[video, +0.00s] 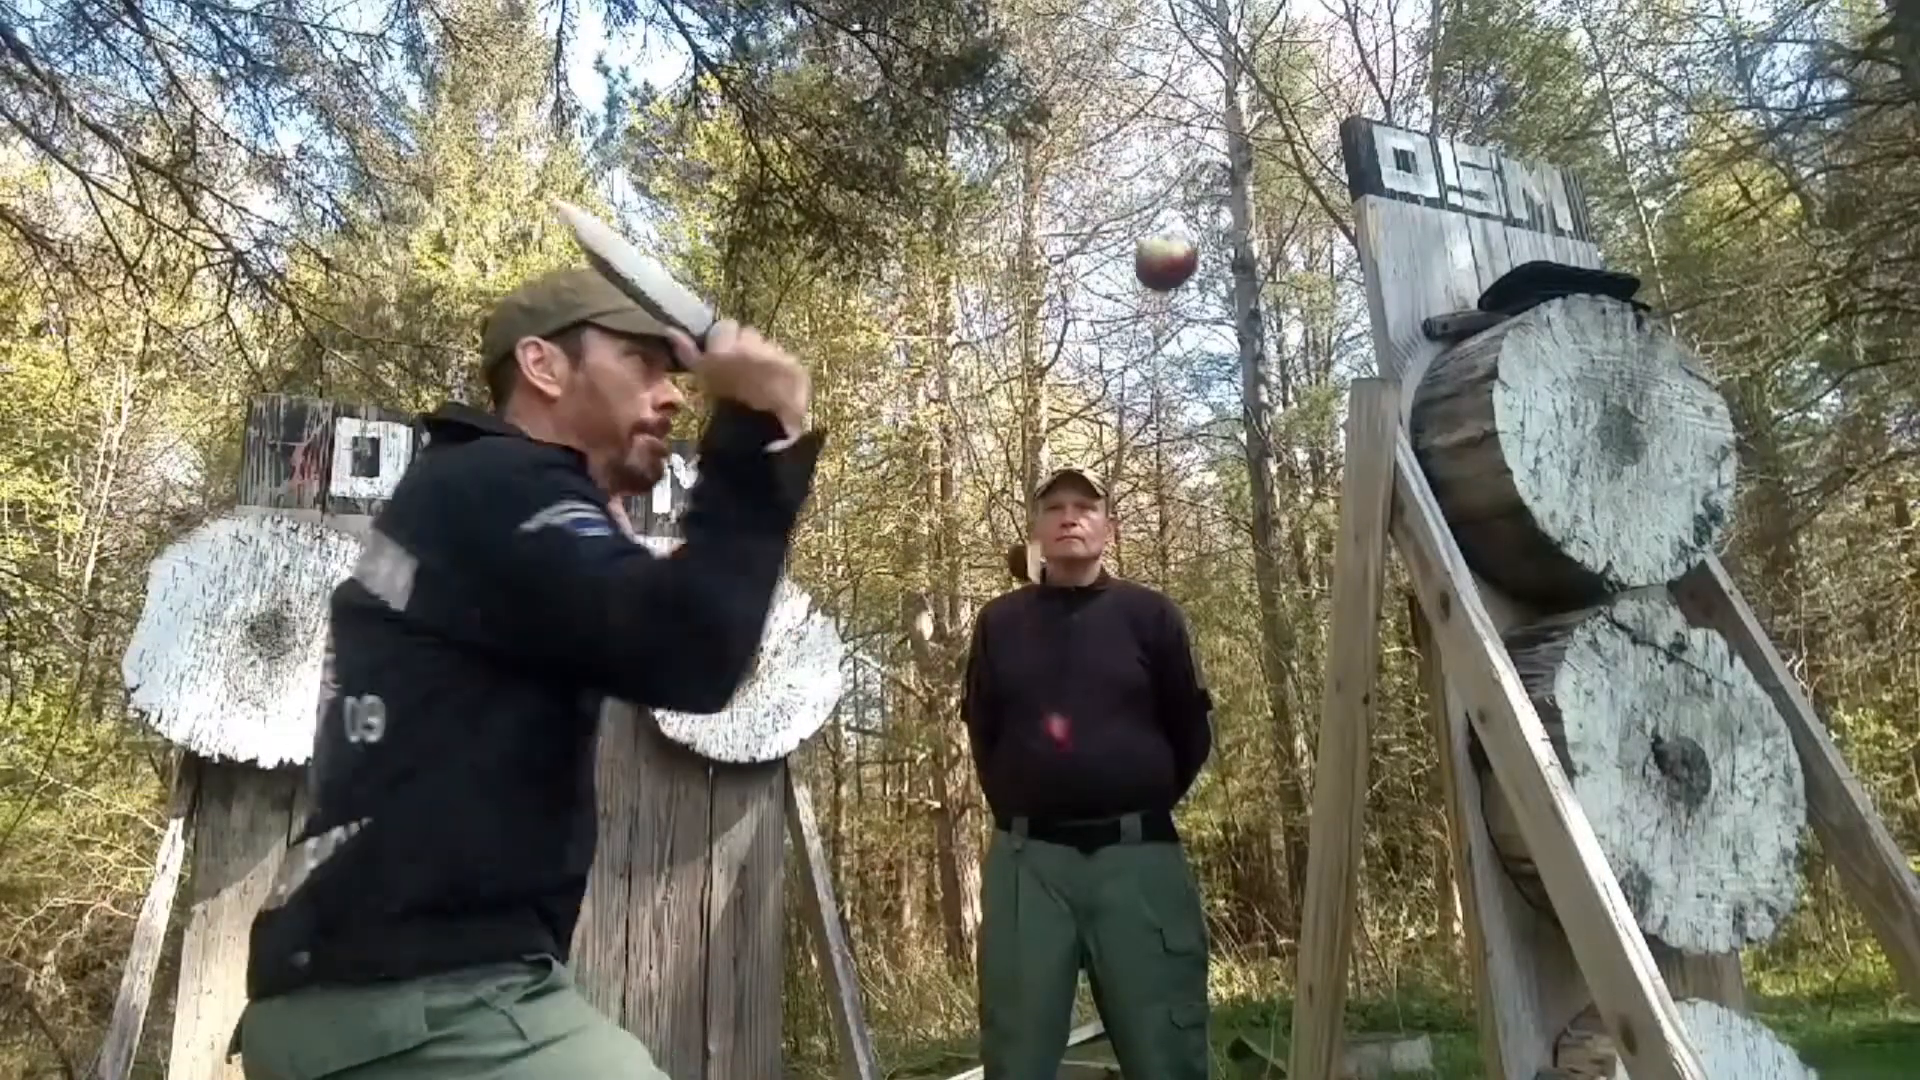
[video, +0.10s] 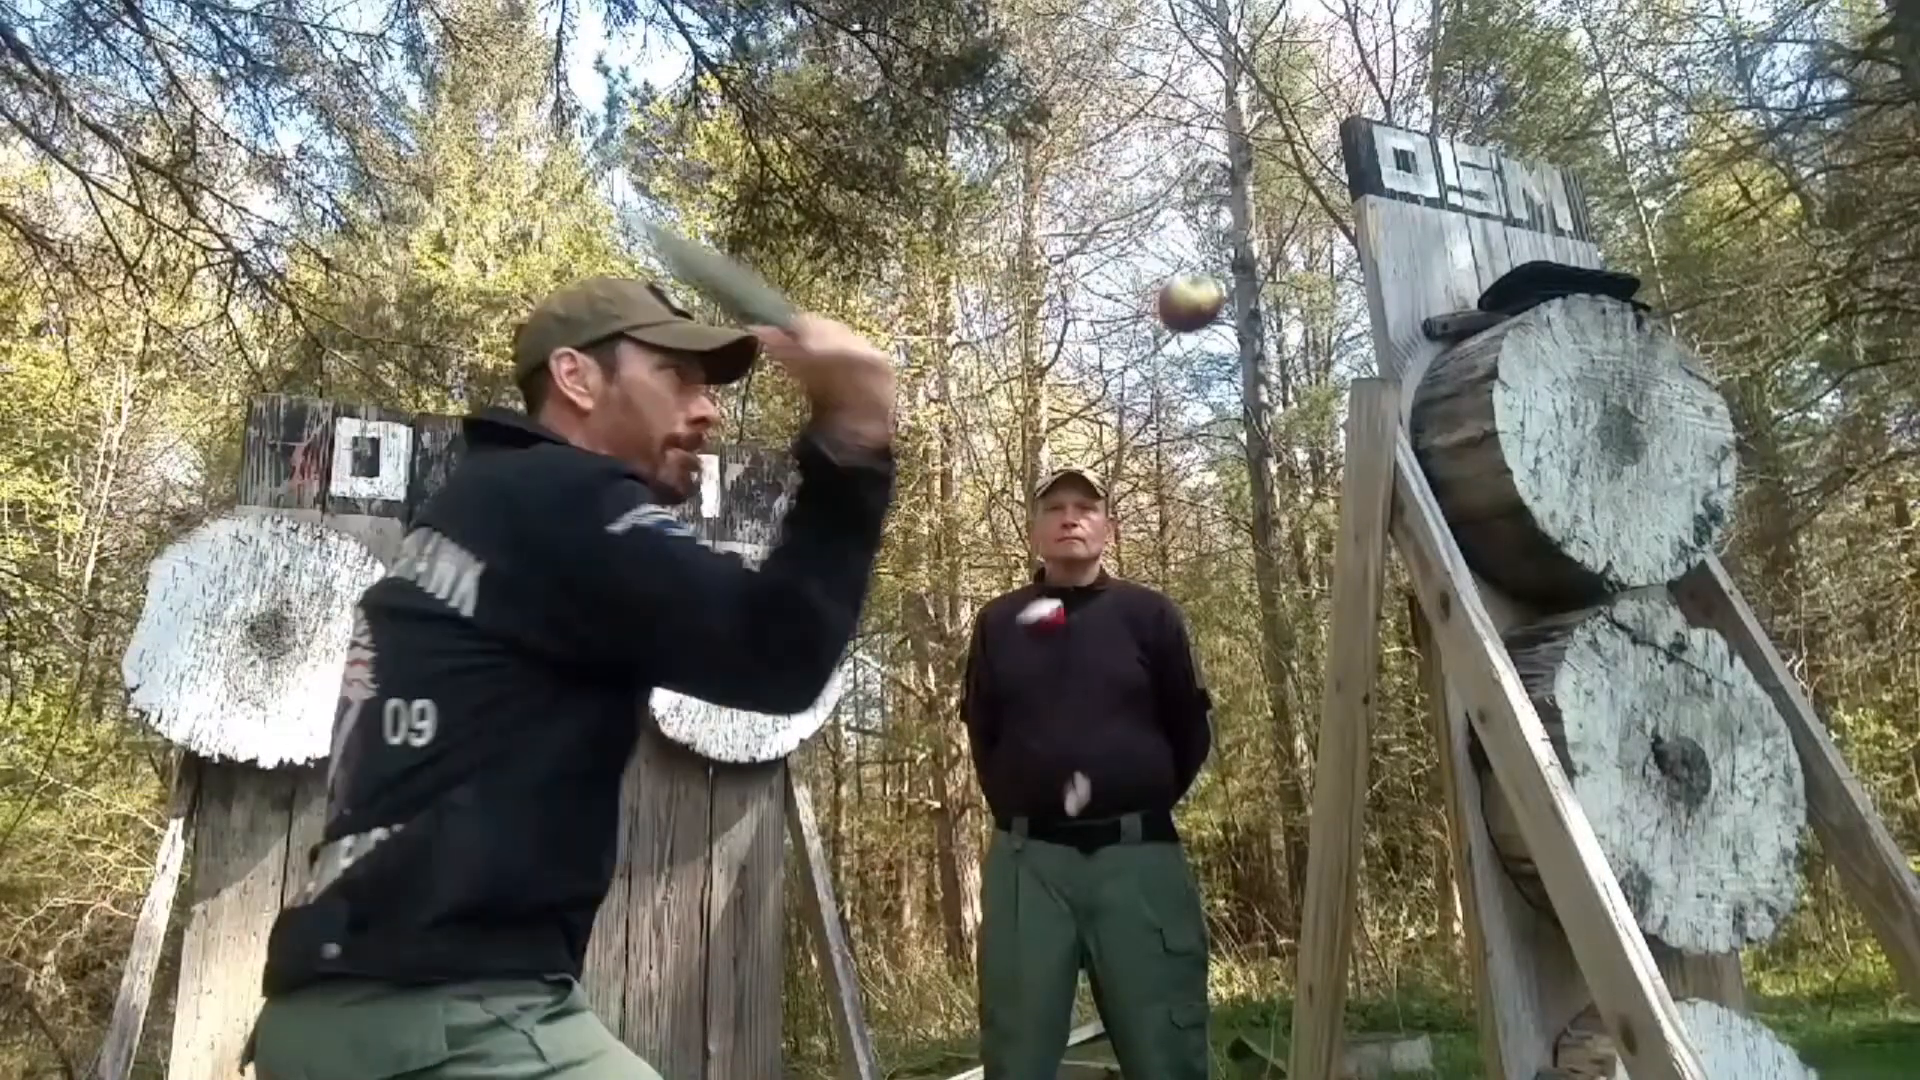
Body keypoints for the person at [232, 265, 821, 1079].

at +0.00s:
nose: (671, 396)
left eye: (672, 373)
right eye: (643, 360)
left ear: (545, 373)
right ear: (545, 366)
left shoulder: (438, 489)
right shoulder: (507, 488)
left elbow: (674, 649)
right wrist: (754, 435)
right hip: (440, 1007)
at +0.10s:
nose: (708, 409)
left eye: (706, 383)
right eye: (677, 374)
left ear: (573, 383)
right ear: (575, 378)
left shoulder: (464, 497)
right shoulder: (569, 504)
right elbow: (781, 659)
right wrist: (852, 442)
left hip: (317, 1018)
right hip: (467, 1021)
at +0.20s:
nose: (708, 409)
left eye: (706, 383)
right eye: (677, 374)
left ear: (572, 383)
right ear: (575, 378)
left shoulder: (464, 497)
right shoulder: (569, 504)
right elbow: (781, 659)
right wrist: (852, 442)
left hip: (316, 1018)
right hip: (467, 1021)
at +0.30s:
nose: (738, 418)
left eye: (736, 391)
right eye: (710, 381)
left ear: (607, 391)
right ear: (609, 385)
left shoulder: (469, 515)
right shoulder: (615, 515)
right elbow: (836, 675)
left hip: (325, 1024)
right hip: (495, 1026)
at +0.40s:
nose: (767, 429)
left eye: (769, 401)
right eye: (745, 393)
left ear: (640, 393)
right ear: (641, 385)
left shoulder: (496, 513)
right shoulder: (648, 527)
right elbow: (878, 690)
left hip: (347, 1014)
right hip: (520, 1019)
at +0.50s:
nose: (790, 429)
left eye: (796, 402)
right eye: (770, 393)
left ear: (666, 389)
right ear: (669, 378)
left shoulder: (516, 507)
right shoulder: (682, 526)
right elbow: (867, 711)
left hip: (365, 1005)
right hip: (536, 1008)